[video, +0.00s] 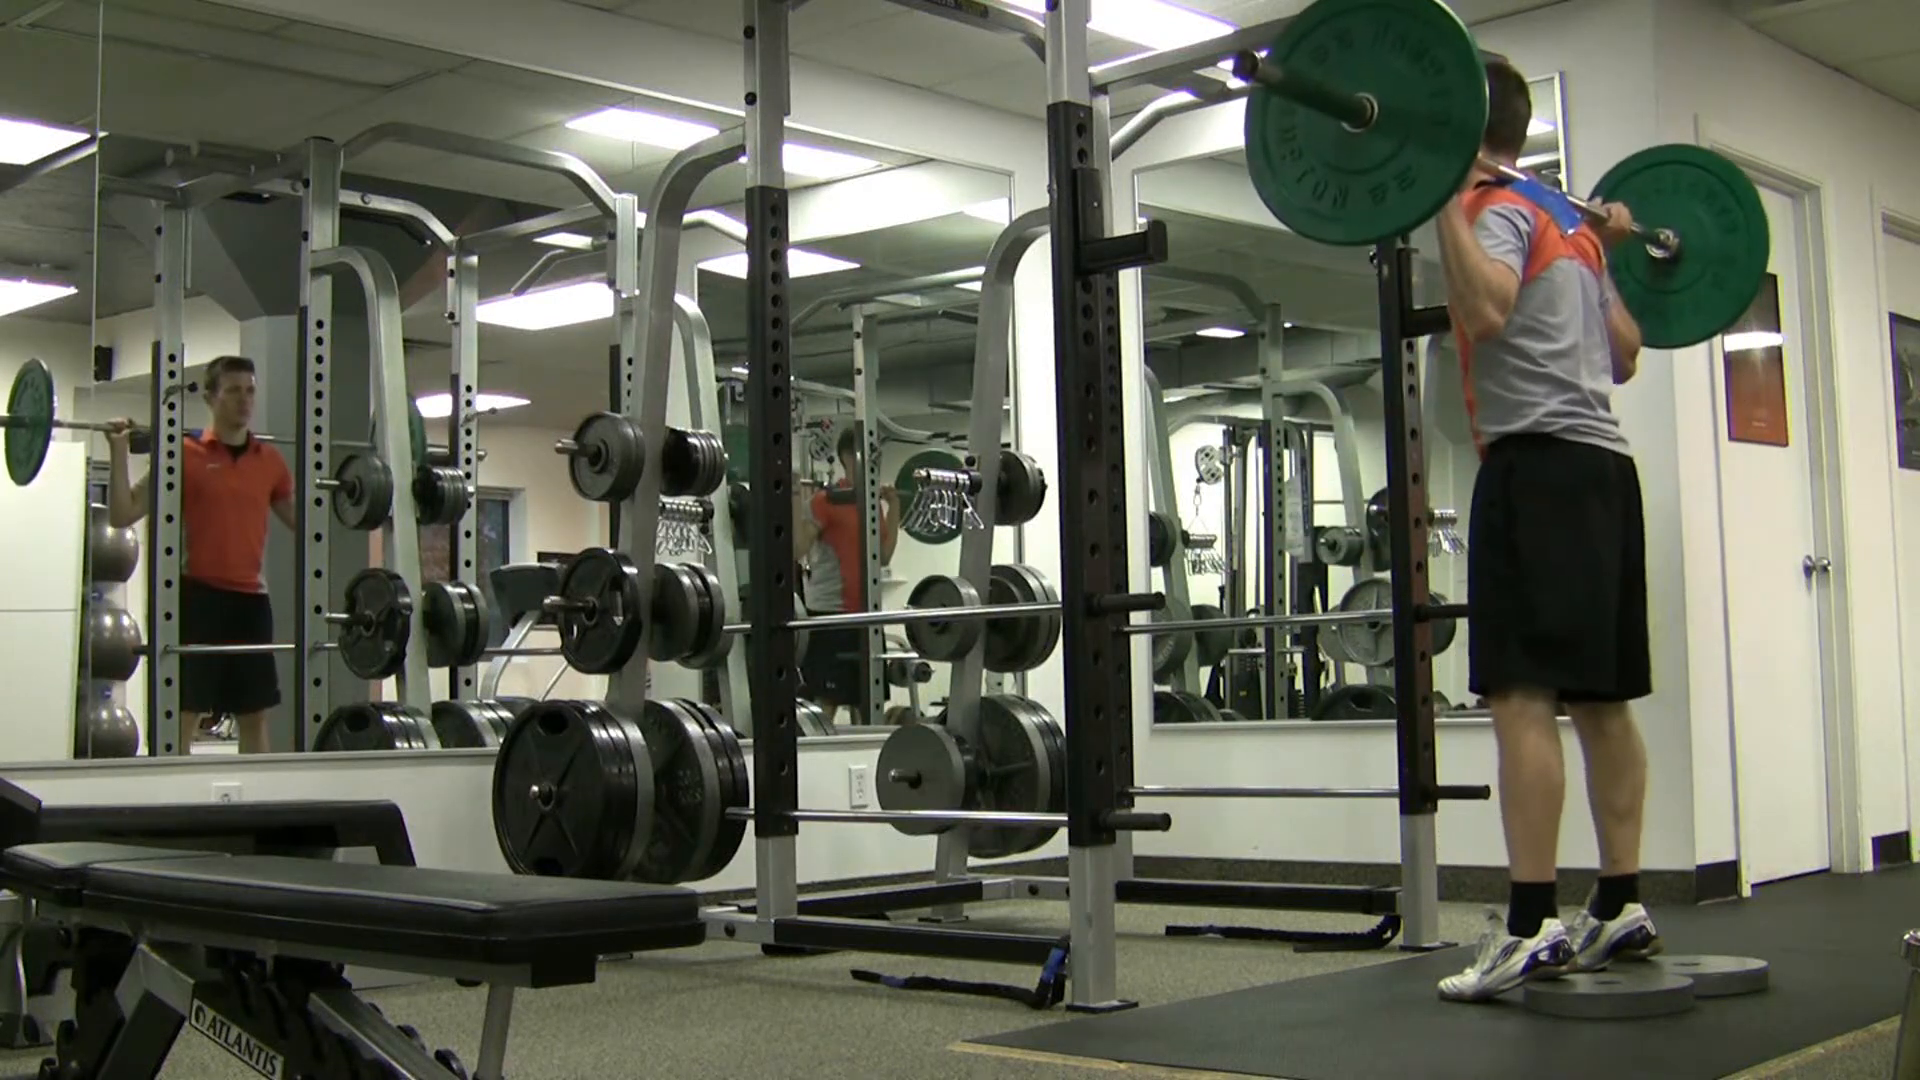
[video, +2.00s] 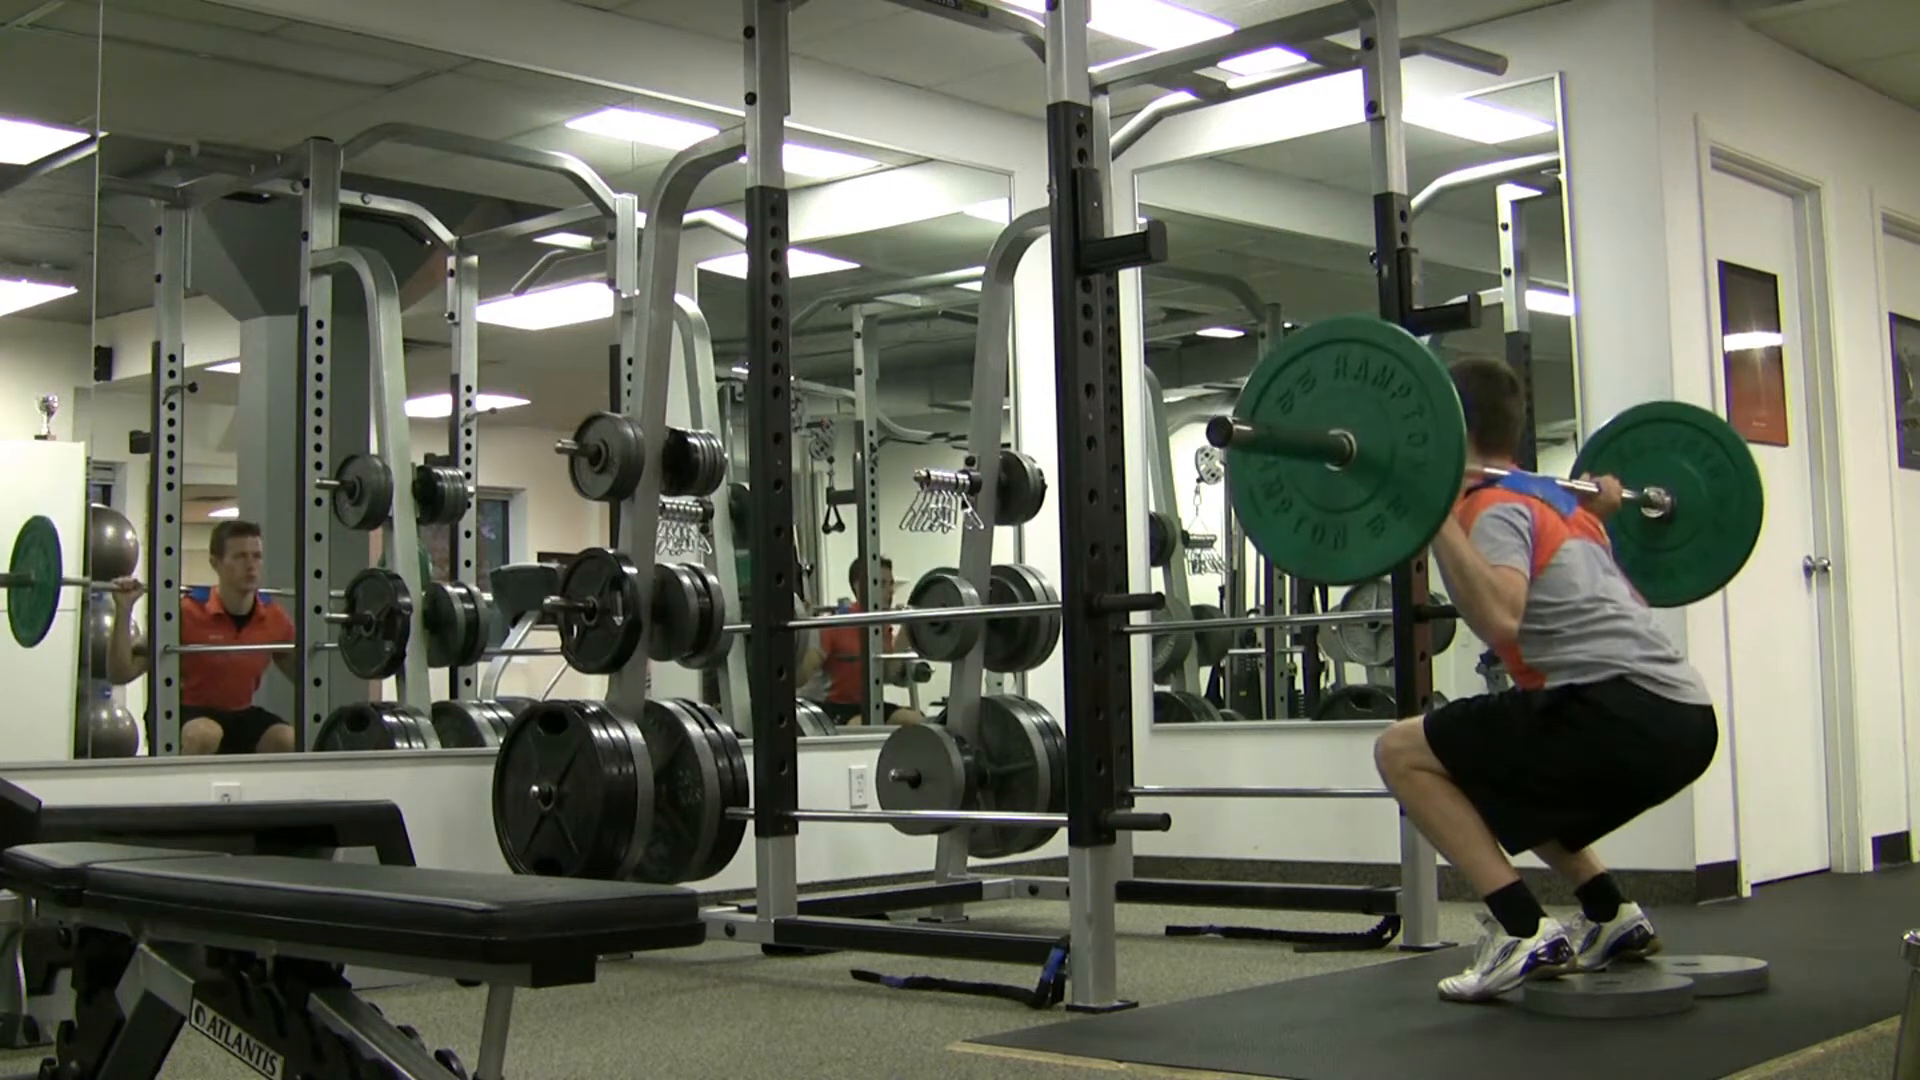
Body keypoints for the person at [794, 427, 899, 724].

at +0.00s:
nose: (866, 464)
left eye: (870, 455)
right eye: (859, 455)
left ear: (874, 458)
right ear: (844, 457)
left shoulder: (870, 503)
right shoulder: (824, 502)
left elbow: (884, 556)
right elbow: (797, 551)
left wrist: (894, 508)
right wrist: (794, 500)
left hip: (866, 610)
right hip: (831, 611)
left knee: (867, 702)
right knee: (827, 699)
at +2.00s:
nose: (890, 590)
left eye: (891, 584)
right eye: (881, 584)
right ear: (858, 586)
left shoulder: (883, 625)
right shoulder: (833, 624)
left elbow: (890, 674)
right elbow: (804, 674)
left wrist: (908, 627)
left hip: (872, 704)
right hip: (836, 705)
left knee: (914, 719)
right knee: (862, 726)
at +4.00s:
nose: (872, 462)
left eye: (876, 454)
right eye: (863, 454)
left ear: (881, 457)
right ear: (848, 457)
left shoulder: (874, 502)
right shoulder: (831, 498)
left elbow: (888, 555)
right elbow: (798, 551)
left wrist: (897, 508)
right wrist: (798, 501)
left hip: (868, 611)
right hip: (833, 611)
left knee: (869, 702)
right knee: (828, 700)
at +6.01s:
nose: (891, 592)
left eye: (892, 585)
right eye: (882, 585)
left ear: (895, 586)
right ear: (859, 589)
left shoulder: (884, 630)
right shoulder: (834, 626)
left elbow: (890, 677)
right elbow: (807, 674)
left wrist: (907, 631)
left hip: (871, 706)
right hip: (836, 708)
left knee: (916, 721)